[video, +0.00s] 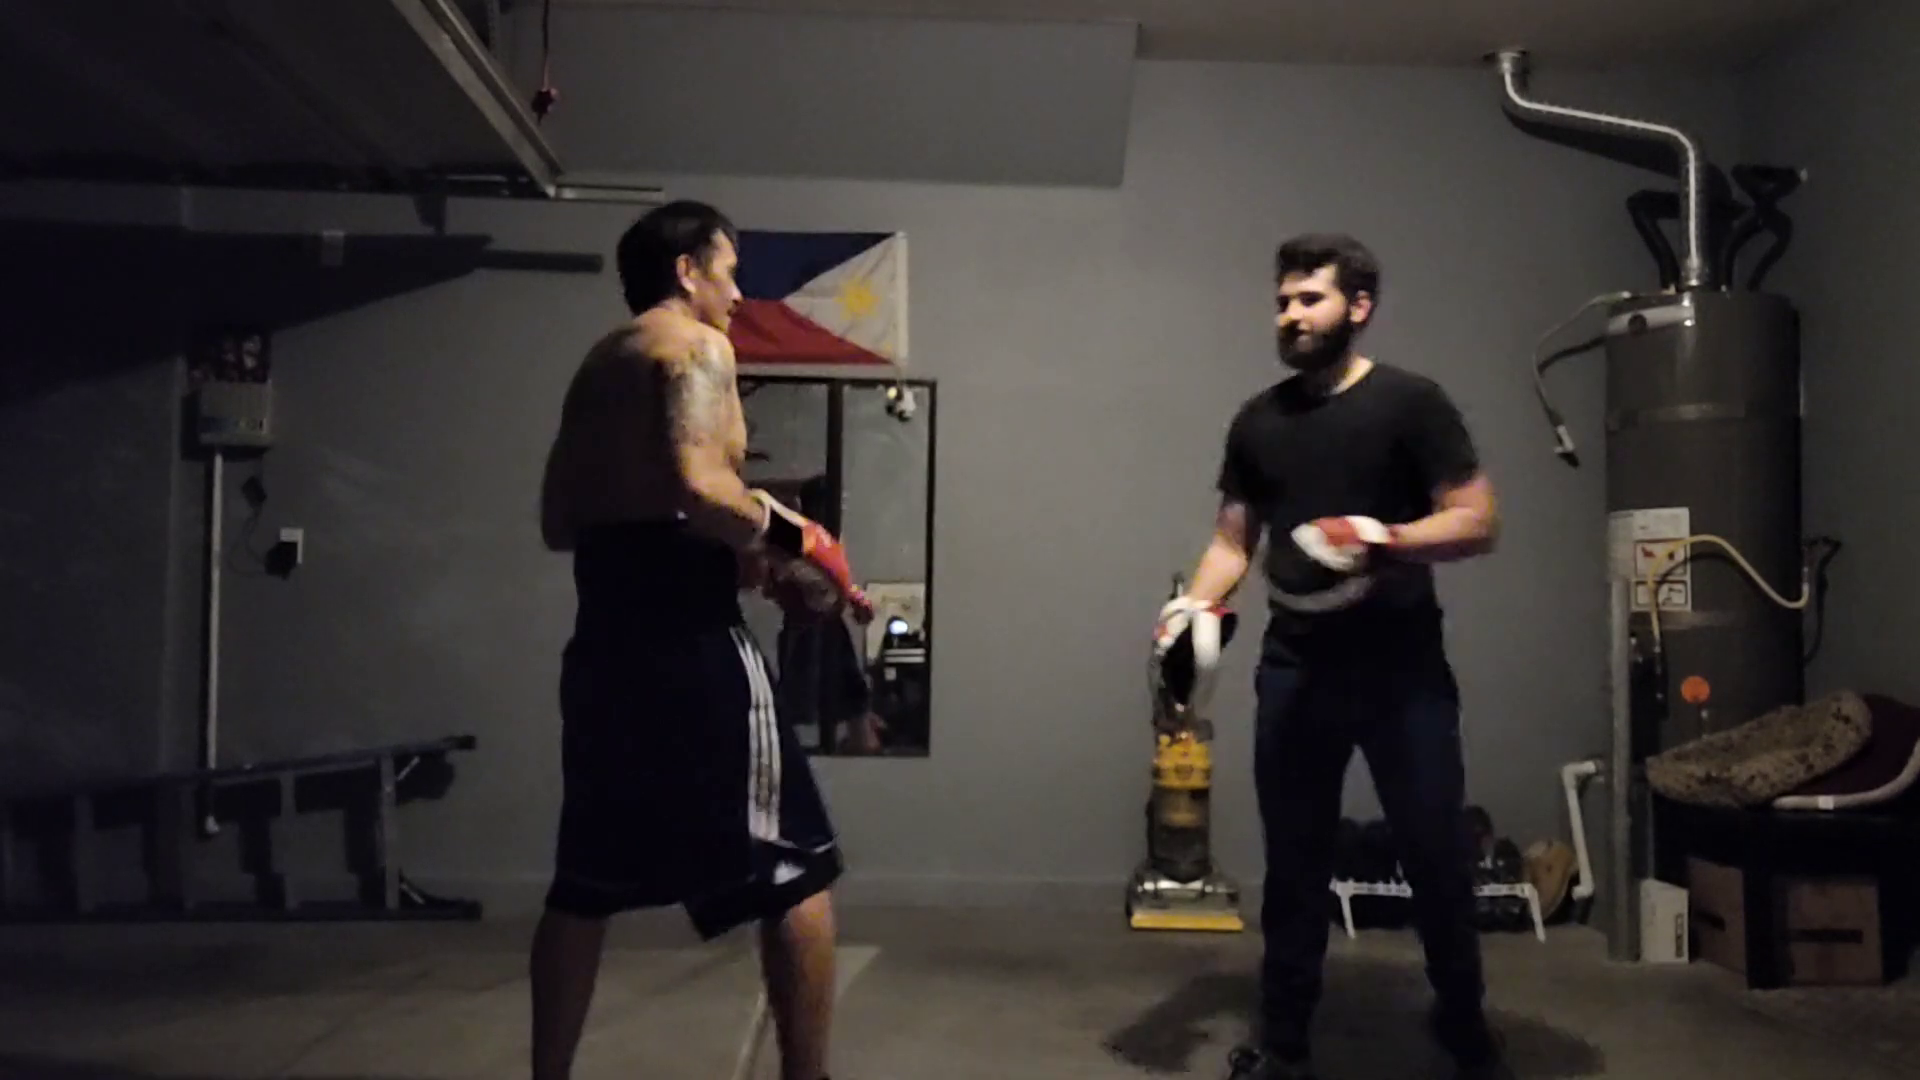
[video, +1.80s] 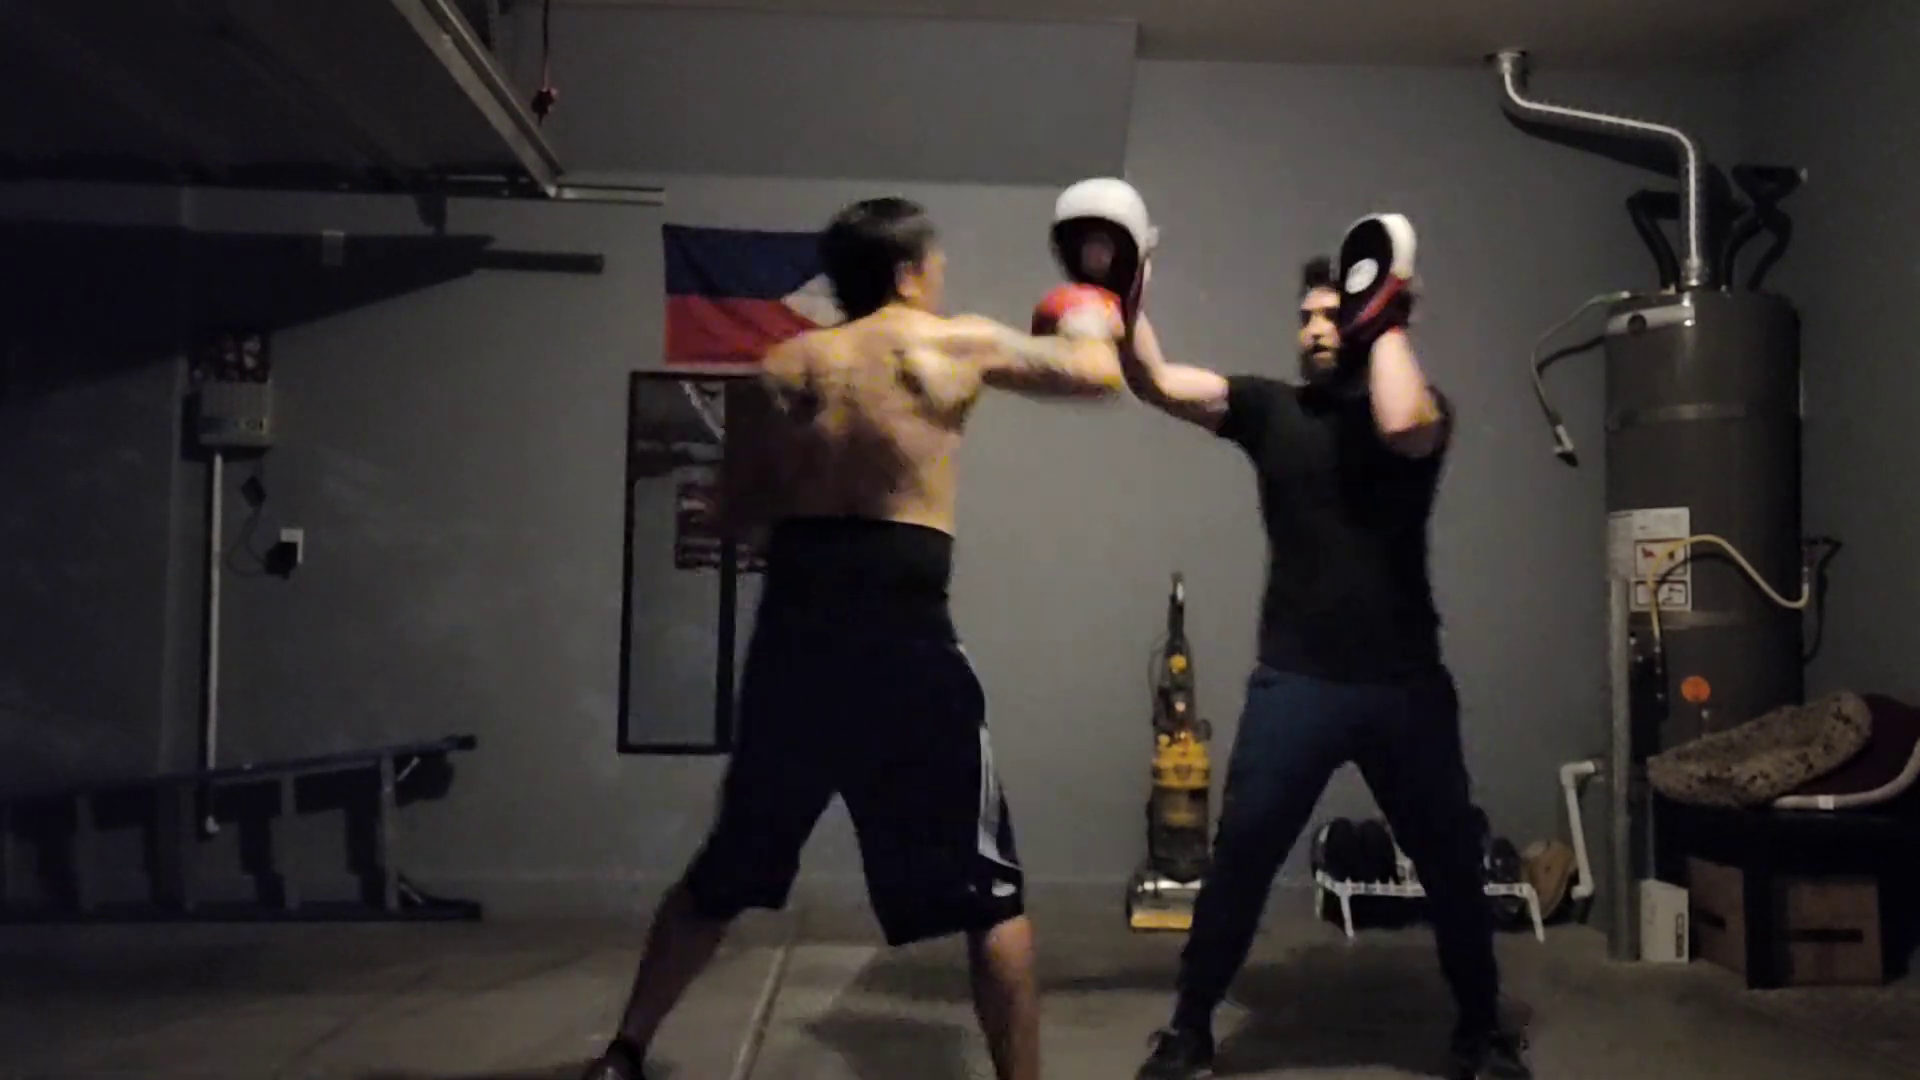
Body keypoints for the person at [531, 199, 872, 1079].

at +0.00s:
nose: (736, 295)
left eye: (735, 276)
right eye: (727, 275)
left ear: (657, 278)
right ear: (687, 272)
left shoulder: (597, 362)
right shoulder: (697, 345)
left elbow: (563, 523)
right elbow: (703, 480)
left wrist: (725, 552)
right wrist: (792, 534)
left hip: (603, 651)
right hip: (695, 648)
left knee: (584, 884)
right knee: (798, 875)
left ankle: (549, 1070)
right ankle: (806, 1070)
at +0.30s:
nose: (815, 307)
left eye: (815, 291)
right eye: (810, 290)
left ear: (719, 289)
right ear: (776, 289)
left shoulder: (653, 378)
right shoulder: (781, 370)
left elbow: (613, 540)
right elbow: (778, 504)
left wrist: (769, 563)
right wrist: (864, 537)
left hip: (650, 670)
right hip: (752, 672)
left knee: (606, 892)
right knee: (831, 898)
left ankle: (557, 1072)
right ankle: (887, 1072)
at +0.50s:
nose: (908, 328)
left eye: (910, 311)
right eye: (904, 310)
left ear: (816, 299)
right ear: (869, 307)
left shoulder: (742, 369)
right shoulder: (871, 388)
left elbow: (730, 521)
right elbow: (917, 529)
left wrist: (857, 563)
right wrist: (976, 535)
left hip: (694, 650)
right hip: (803, 657)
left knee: (632, 883)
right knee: (877, 892)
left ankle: (569, 1070)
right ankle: (901, 1073)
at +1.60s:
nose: (840, 299)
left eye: (833, 283)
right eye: (833, 284)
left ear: (748, 291)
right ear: (804, 288)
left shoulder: (694, 383)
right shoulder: (828, 361)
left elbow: (708, 526)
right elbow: (933, 477)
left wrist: (843, 544)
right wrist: (940, 426)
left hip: (709, 661)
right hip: (823, 658)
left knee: (649, 892)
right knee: (951, 848)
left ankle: (583, 1071)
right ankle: (984, 1049)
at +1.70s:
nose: (889, 282)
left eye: (884, 267)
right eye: (882, 269)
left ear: (790, 280)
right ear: (851, 278)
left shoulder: (723, 375)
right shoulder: (897, 346)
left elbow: (674, 521)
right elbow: (1044, 396)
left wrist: (760, 498)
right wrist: (1029, 337)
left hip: (752, 650)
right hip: (869, 646)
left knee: (673, 878)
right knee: (966, 871)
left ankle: (596, 1067)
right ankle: (1009, 1068)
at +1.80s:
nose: (943, 277)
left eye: (938, 264)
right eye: (936, 265)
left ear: (845, 281)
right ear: (910, 274)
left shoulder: (779, 364)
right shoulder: (957, 343)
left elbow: (735, 513)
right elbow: (1094, 372)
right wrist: (1090, 322)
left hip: (794, 642)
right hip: (905, 643)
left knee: (730, 861)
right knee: (991, 880)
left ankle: (625, 1050)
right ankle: (1021, 1072)